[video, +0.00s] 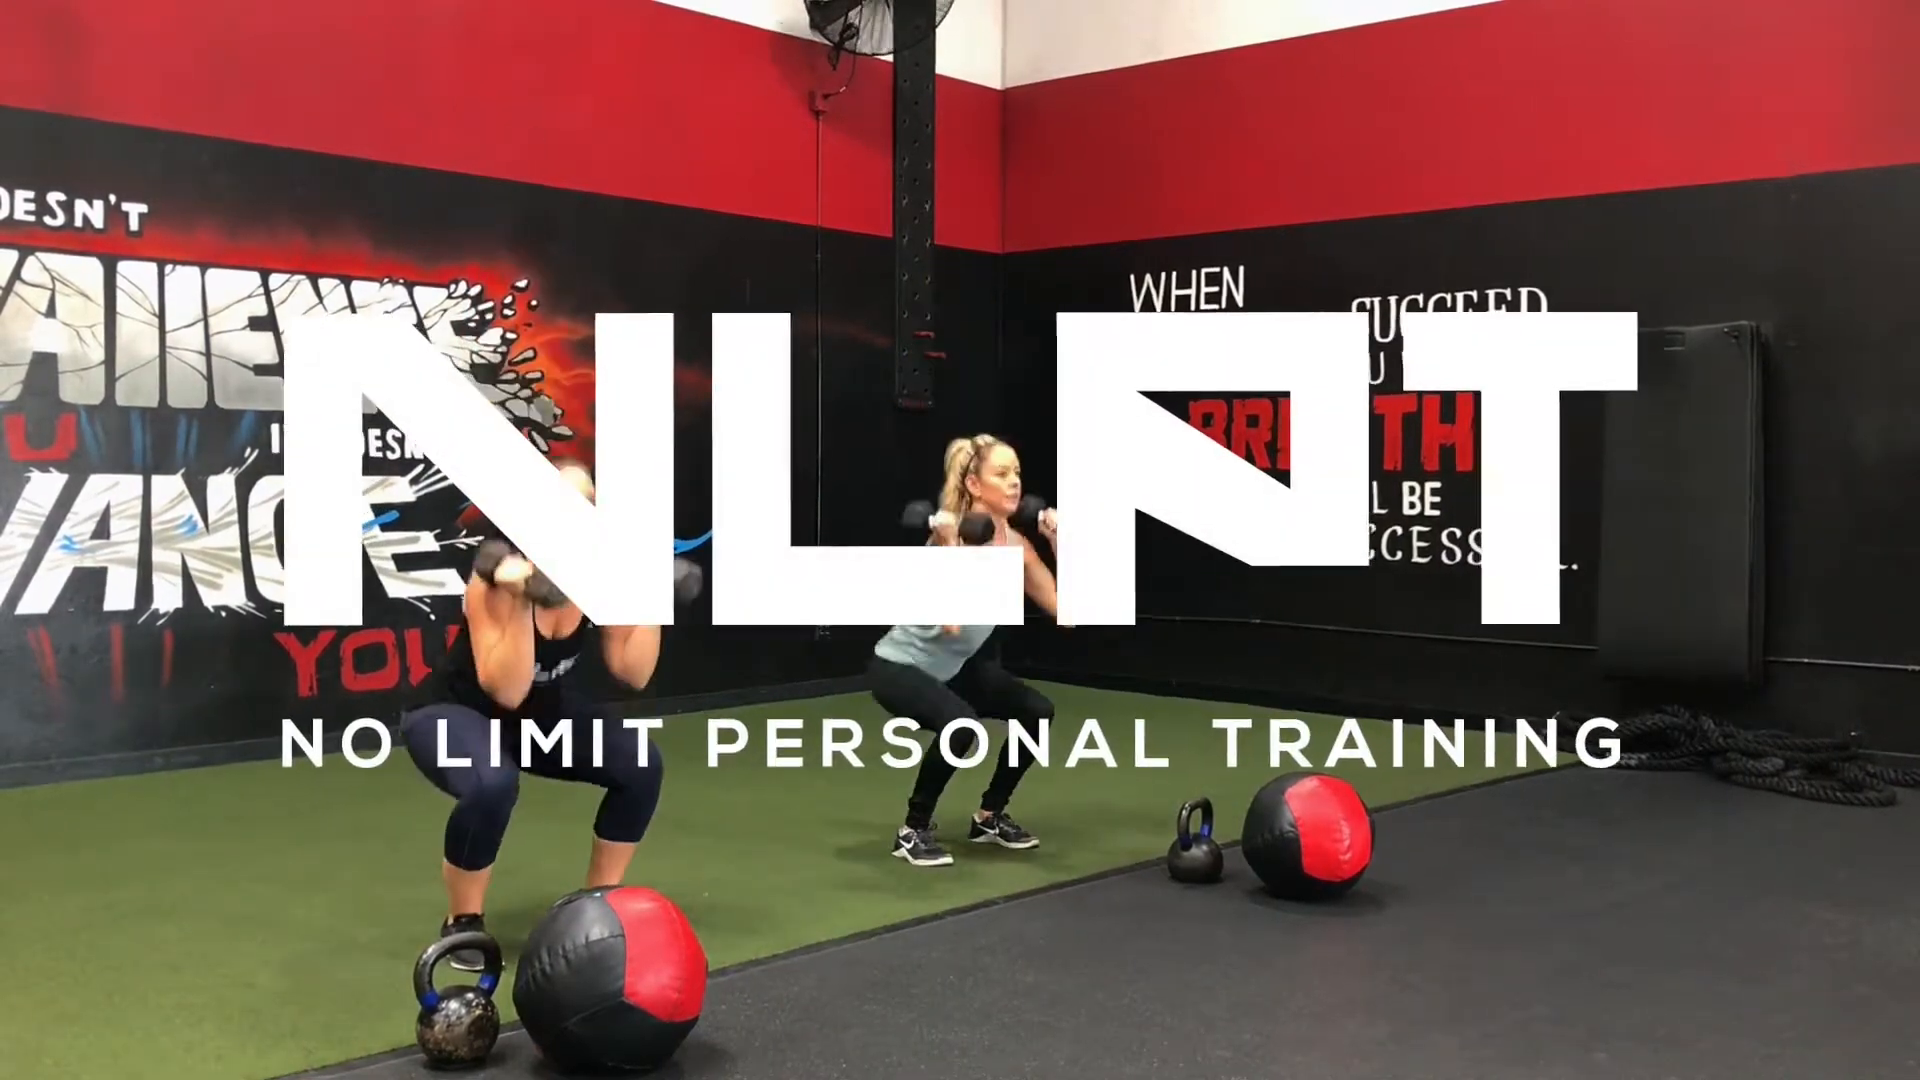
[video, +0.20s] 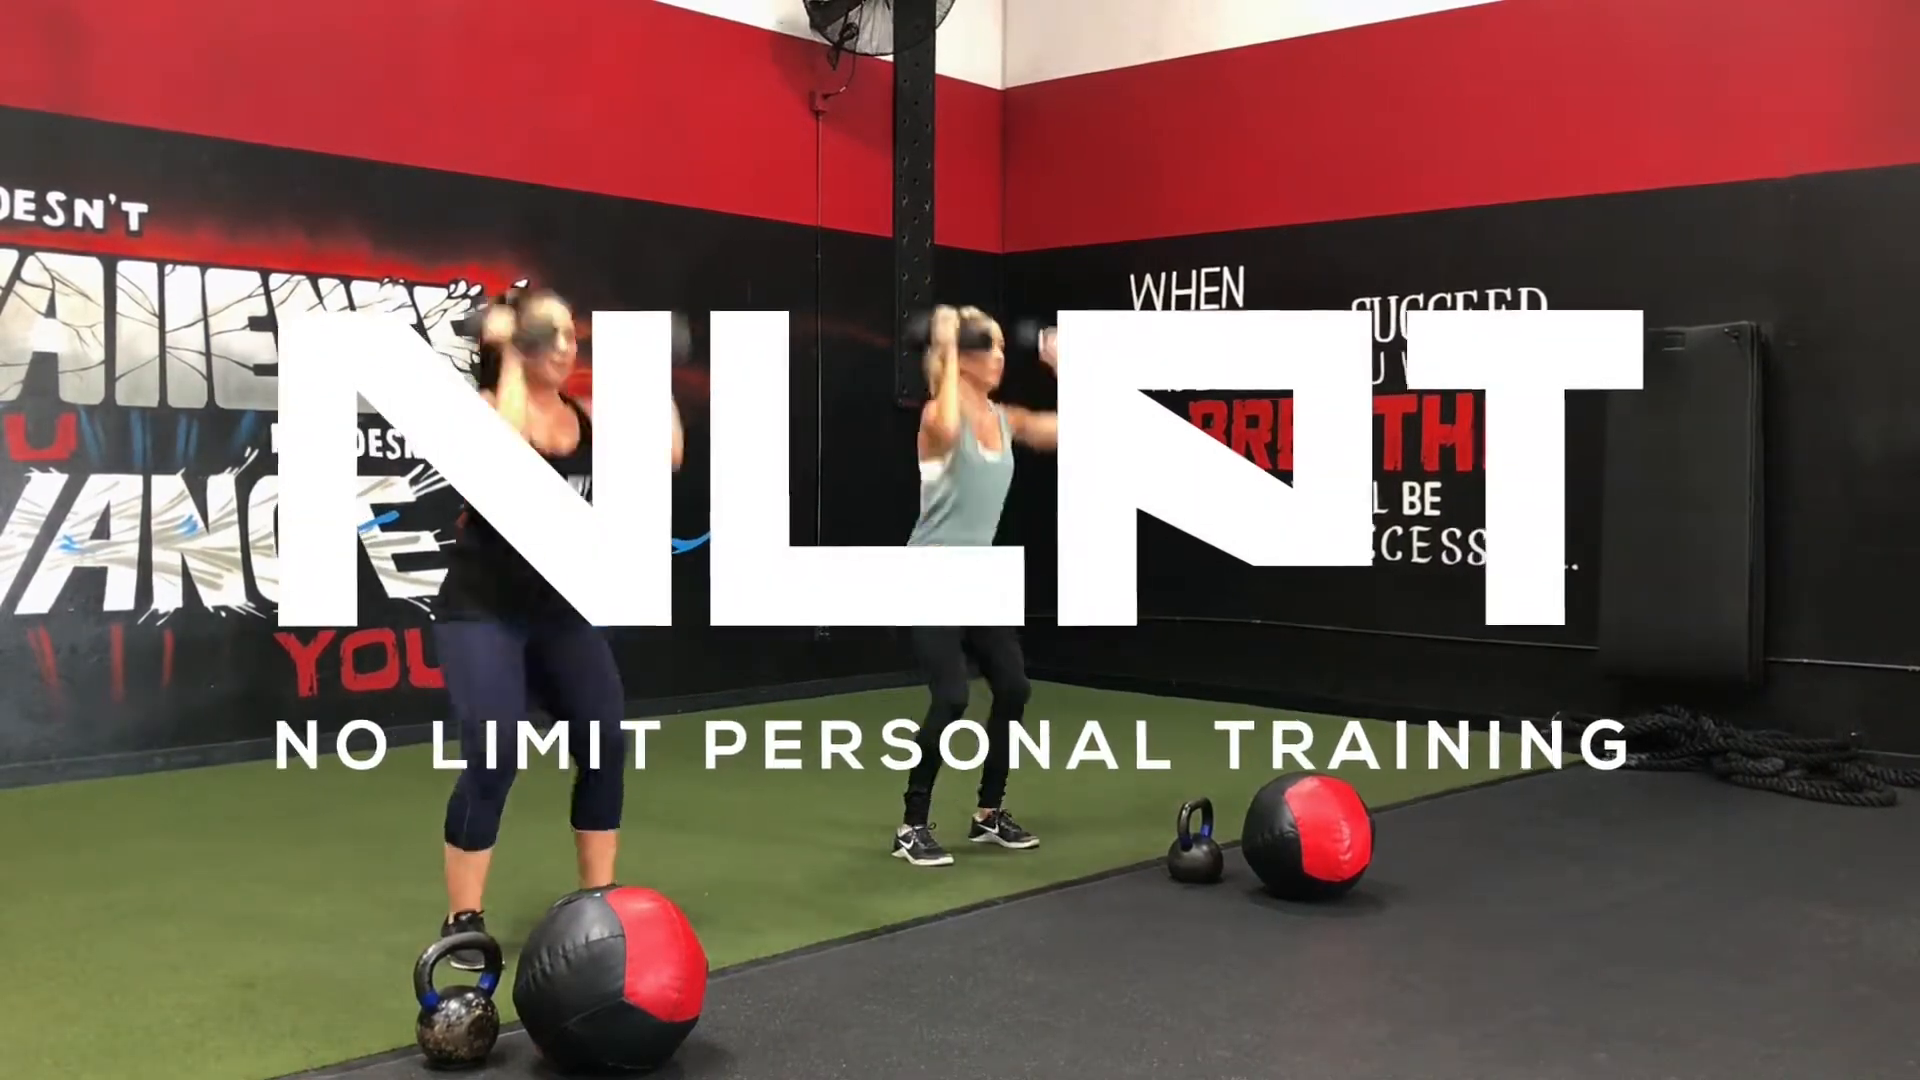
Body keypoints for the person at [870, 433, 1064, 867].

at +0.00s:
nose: (1015, 483)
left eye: (1017, 474)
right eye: (1003, 474)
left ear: (1021, 481)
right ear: (973, 485)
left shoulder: (1016, 544)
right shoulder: (949, 538)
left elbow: (1062, 609)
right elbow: (950, 626)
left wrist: (1060, 544)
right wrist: (949, 551)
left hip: (954, 667)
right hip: (898, 666)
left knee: (1037, 712)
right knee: (961, 727)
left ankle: (991, 815)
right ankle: (915, 830)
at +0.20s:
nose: (1001, 362)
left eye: (1001, 353)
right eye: (991, 353)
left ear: (997, 361)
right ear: (962, 359)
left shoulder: (1006, 417)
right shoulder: (940, 415)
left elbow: (1072, 430)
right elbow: (946, 430)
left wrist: (1063, 372)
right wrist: (945, 355)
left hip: (981, 582)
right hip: (929, 583)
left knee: (1013, 688)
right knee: (951, 695)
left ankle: (989, 813)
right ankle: (914, 825)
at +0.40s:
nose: (989, 339)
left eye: (992, 331)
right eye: (976, 329)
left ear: (994, 340)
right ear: (946, 334)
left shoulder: (997, 388)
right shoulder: (943, 393)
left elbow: (1041, 300)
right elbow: (956, 301)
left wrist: (1054, 222)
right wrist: (950, 208)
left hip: (997, 568)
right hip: (944, 568)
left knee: (991, 691)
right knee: (939, 690)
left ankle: (989, 812)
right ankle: (912, 823)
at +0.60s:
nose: (1000, 387)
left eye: (1000, 378)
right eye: (990, 379)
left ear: (994, 387)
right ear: (964, 386)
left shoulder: (1003, 440)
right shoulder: (936, 435)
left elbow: (1066, 461)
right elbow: (952, 466)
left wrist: (1066, 398)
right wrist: (944, 390)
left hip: (973, 600)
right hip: (920, 600)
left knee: (1018, 694)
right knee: (956, 703)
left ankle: (988, 814)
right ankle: (914, 825)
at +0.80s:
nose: (1019, 504)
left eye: (1019, 494)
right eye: (1006, 494)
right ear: (976, 506)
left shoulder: (1013, 567)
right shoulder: (949, 561)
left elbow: (1048, 648)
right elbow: (953, 654)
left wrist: (1054, 579)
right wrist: (951, 578)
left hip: (956, 683)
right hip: (897, 682)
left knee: (1038, 712)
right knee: (962, 729)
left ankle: (991, 817)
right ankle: (915, 830)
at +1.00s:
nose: (1016, 466)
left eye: (1017, 456)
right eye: (1003, 457)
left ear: (1020, 463)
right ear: (973, 467)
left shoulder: (1014, 529)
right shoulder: (947, 518)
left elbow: (1060, 603)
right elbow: (944, 585)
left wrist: (1058, 533)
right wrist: (953, 528)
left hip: (958, 656)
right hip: (902, 654)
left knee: (1039, 715)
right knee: (958, 726)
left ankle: (991, 816)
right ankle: (914, 830)